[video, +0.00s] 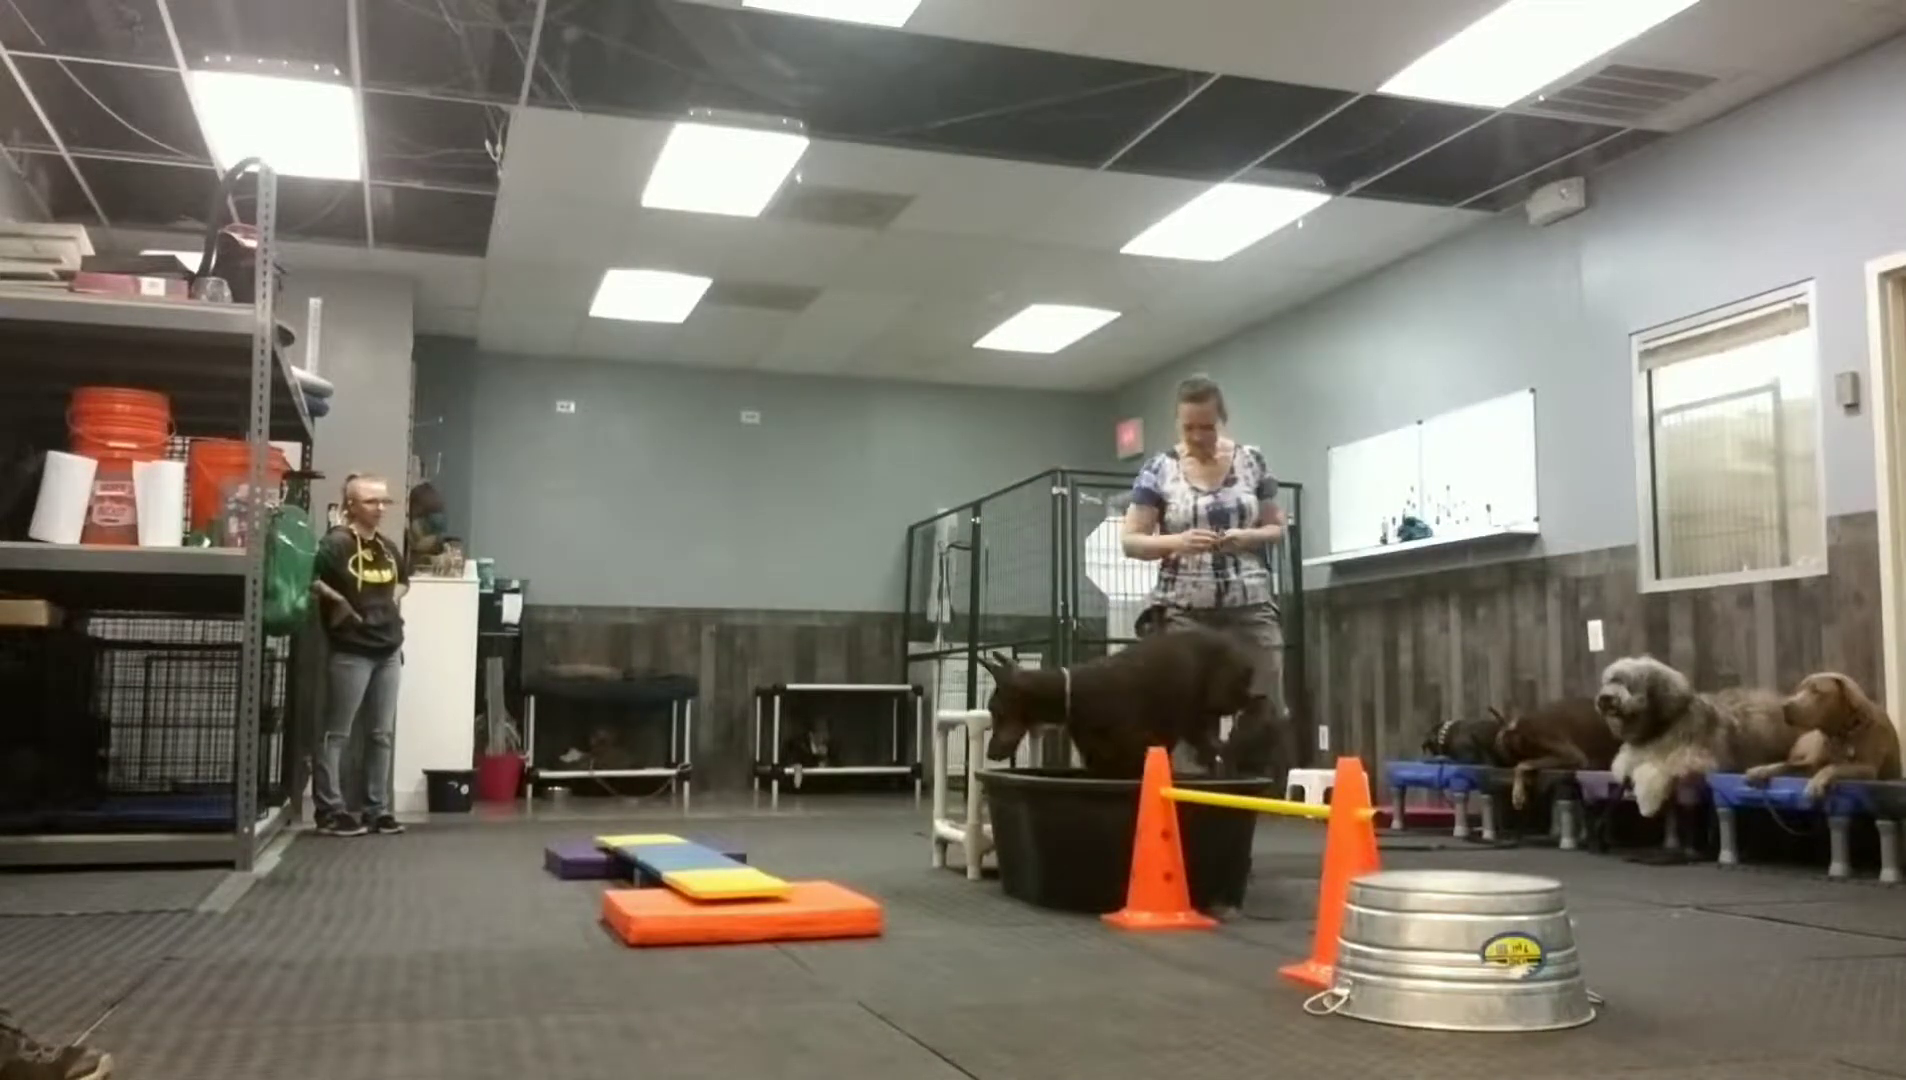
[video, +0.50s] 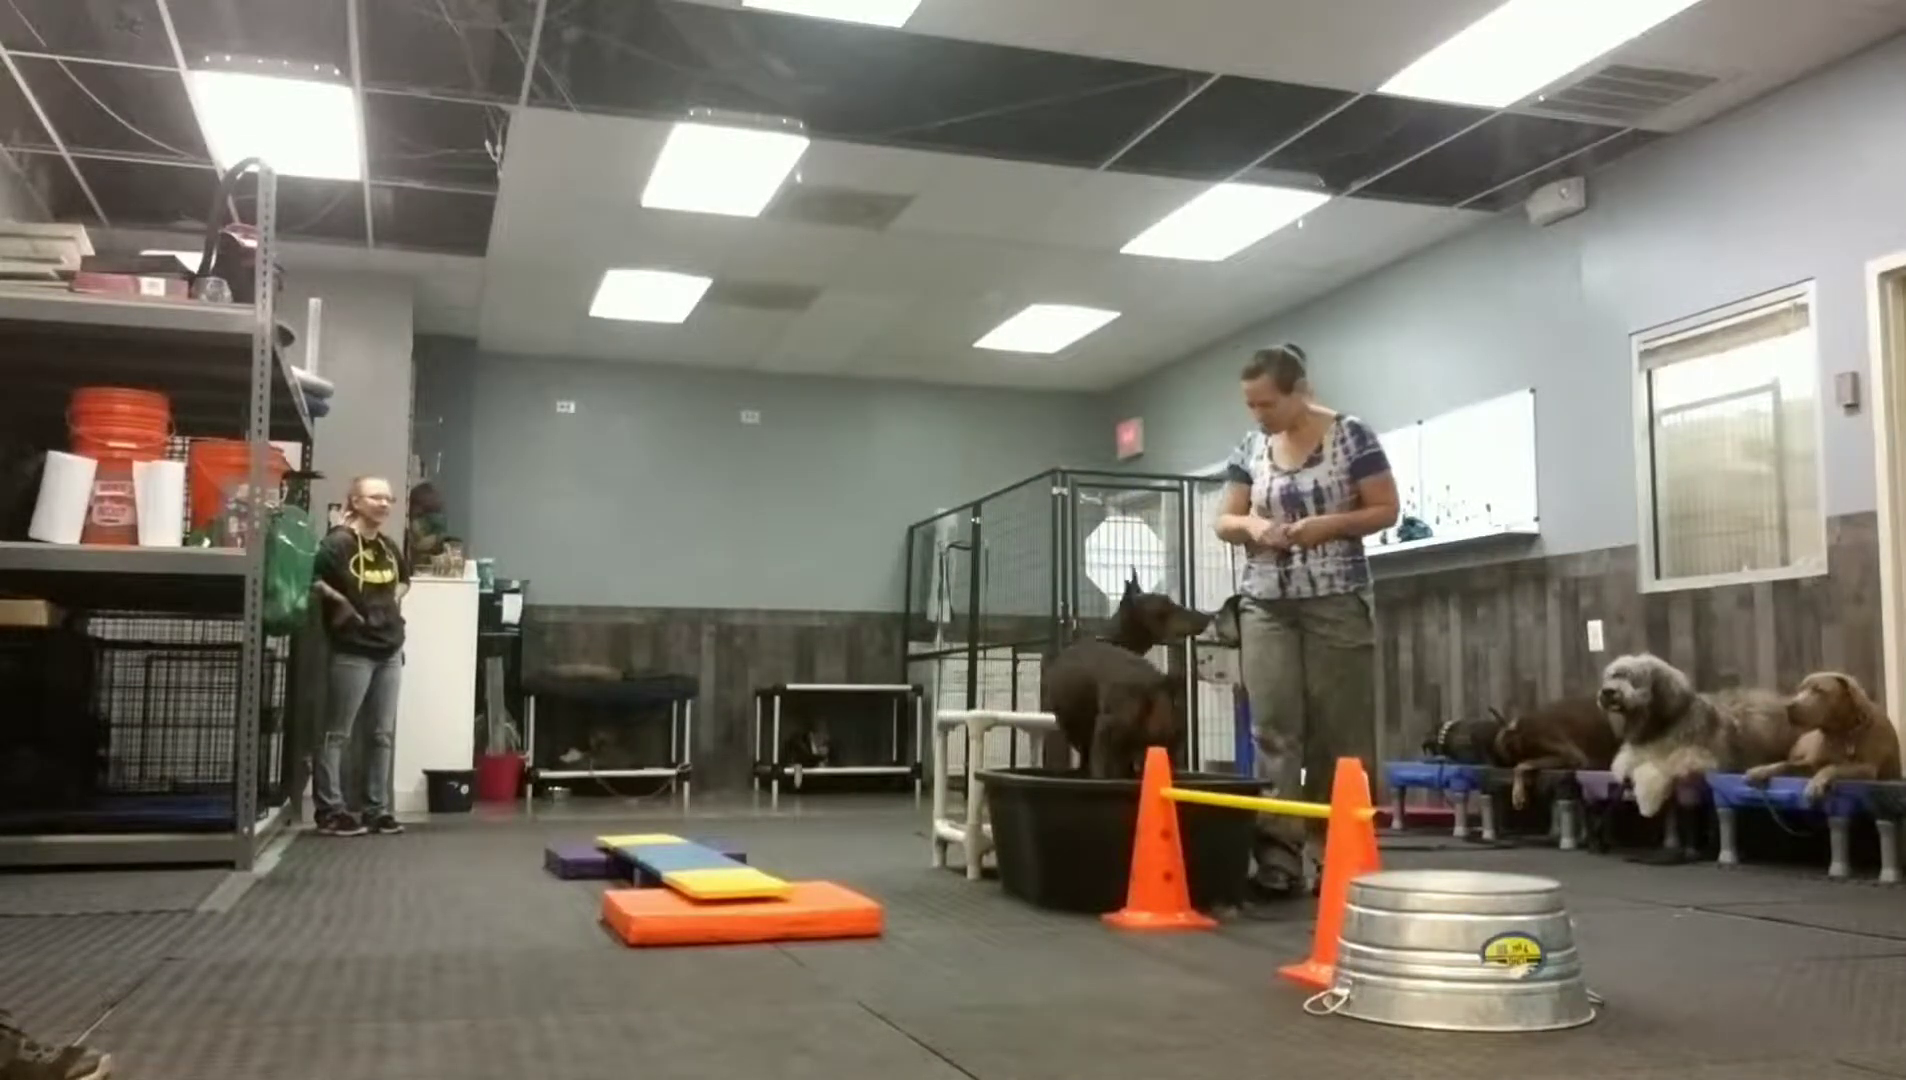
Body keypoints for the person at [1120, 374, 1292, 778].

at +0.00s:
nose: (1197, 436)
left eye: (1205, 427)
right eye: (1189, 427)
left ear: (1221, 419)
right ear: (1178, 422)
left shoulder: (1250, 462)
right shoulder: (1159, 469)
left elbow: (1276, 529)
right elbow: (1131, 541)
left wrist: (1239, 538)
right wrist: (1178, 542)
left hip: (1251, 610)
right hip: (1184, 612)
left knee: (1267, 715)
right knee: (1188, 721)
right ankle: (1190, 814)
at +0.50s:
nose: (1257, 417)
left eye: (1264, 405)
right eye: (1251, 407)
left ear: (1298, 393)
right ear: (1254, 401)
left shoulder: (1349, 436)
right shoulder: (1254, 450)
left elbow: (1386, 510)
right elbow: (1224, 524)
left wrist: (1328, 526)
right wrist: (1254, 527)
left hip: (1335, 605)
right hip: (1266, 608)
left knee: (1340, 735)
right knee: (1275, 732)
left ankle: (1334, 858)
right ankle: (1280, 856)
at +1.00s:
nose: (1215, 407)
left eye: (1218, 394)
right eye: (1209, 398)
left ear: (1251, 374)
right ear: (1240, 382)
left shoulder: (1316, 414)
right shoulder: (1243, 441)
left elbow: (1357, 497)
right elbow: (1250, 516)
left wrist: (1277, 514)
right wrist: (1199, 525)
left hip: (1318, 595)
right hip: (1259, 601)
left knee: (1316, 732)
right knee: (1272, 734)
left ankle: (1325, 866)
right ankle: (1292, 858)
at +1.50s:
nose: (1209, 414)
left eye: (1209, 402)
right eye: (1203, 406)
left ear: (1238, 381)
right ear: (1233, 387)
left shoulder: (1310, 415)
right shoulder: (1245, 449)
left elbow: (1354, 494)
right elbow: (1215, 511)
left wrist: (1274, 519)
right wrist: (1162, 557)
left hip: (1324, 594)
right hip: (1272, 601)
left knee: (1323, 730)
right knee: (1281, 731)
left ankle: (1325, 869)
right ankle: (1293, 862)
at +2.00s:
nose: (1228, 413)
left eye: (1230, 400)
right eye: (1221, 405)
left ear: (1260, 378)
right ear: (1240, 391)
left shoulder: (1323, 417)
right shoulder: (1247, 445)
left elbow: (1367, 498)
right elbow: (1240, 512)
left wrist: (1286, 517)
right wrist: (1237, 531)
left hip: (1329, 595)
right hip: (1272, 601)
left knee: (1327, 731)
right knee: (1281, 731)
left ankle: (1331, 867)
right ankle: (1292, 861)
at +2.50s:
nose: (1300, 423)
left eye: (1300, 409)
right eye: (1293, 414)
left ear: (1330, 388)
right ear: (1321, 398)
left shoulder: (1392, 427)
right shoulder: (1332, 456)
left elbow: (1427, 509)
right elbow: (1349, 531)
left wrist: (1341, 523)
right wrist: (1300, 542)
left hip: (1388, 602)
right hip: (1336, 607)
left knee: (1387, 740)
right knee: (1311, 729)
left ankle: (1462, 867)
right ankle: (1298, 867)